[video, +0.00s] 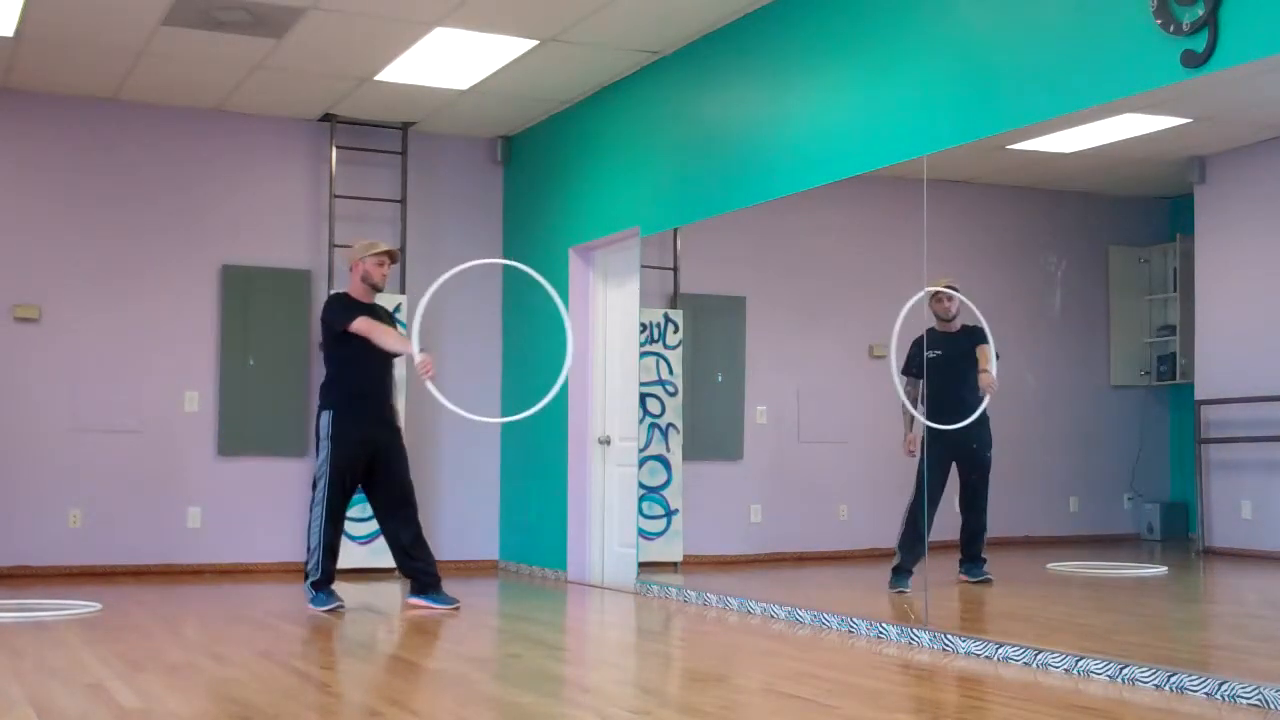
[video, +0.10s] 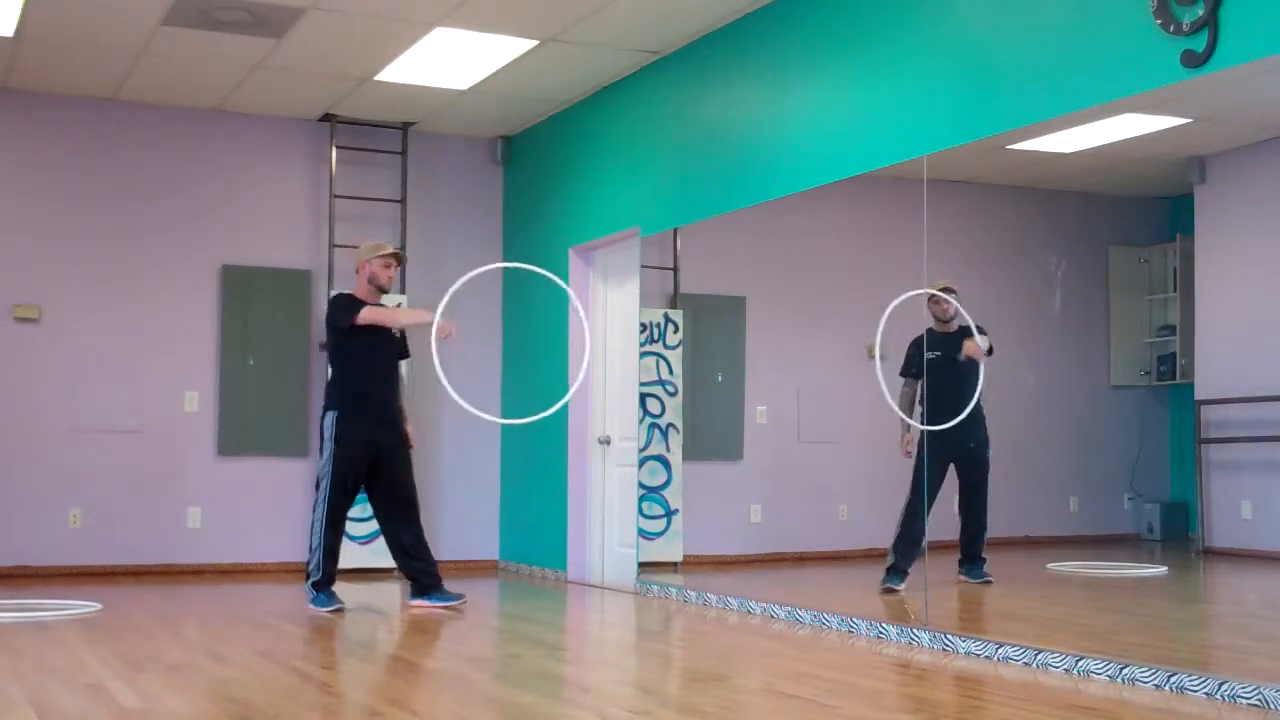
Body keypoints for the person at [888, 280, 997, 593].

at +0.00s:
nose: (945, 304)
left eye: (950, 299)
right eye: (938, 300)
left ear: (959, 304)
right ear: (930, 307)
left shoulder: (975, 333)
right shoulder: (922, 343)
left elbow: (984, 355)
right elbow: (910, 391)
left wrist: (984, 372)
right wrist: (909, 430)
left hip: (974, 430)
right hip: (937, 433)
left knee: (975, 502)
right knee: (923, 502)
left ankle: (972, 565)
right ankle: (902, 571)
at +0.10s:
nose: (942, 306)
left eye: (947, 301)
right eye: (935, 302)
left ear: (957, 305)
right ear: (929, 308)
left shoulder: (972, 332)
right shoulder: (921, 344)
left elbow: (984, 344)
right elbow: (909, 390)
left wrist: (976, 347)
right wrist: (906, 429)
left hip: (971, 431)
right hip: (935, 433)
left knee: (974, 503)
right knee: (918, 503)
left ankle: (972, 565)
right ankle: (897, 571)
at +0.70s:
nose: (925, 301)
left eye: (925, 296)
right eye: (919, 296)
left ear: (924, 300)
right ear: (901, 301)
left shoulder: (933, 337)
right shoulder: (878, 337)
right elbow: (858, 380)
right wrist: (852, 422)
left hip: (918, 434)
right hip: (882, 433)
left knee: (919, 503)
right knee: (863, 503)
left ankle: (915, 570)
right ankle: (846, 574)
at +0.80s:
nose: (918, 301)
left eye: (917, 296)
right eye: (911, 296)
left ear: (909, 300)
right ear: (893, 300)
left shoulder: (924, 335)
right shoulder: (868, 337)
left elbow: (977, 344)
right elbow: (848, 379)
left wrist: (1015, 324)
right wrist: (841, 420)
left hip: (914, 437)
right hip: (877, 438)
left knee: (916, 506)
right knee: (859, 506)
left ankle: (916, 570)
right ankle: (845, 574)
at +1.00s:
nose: (916, 302)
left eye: (916, 296)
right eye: (909, 297)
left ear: (911, 301)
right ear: (890, 301)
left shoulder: (922, 338)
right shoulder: (866, 338)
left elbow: (959, 369)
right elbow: (845, 378)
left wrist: (981, 342)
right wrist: (835, 416)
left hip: (913, 437)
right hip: (877, 437)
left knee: (917, 506)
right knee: (865, 508)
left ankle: (915, 570)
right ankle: (847, 575)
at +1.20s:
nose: (922, 303)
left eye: (922, 298)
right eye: (915, 298)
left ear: (915, 303)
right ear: (896, 301)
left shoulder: (921, 341)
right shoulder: (868, 335)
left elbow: (945, 383)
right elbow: (844, 375)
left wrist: (952, 368)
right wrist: (837, 411)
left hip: (910, 432)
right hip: (875, 432)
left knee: (913, 504)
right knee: (862, 504)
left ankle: (915, 570)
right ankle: (845, 574)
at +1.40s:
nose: (911, 302)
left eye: (912, 297)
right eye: (904, 297)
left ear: (910, 302)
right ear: (886, 300)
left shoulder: (915, 339)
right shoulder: (860, 335)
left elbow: (931, 373)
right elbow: (837, 375)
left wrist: (928, 377)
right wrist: (835, 412)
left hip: (905, 433)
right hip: (868, 433)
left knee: (910, 506)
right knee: (855, 506)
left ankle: (913, 572)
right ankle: (840, 575)